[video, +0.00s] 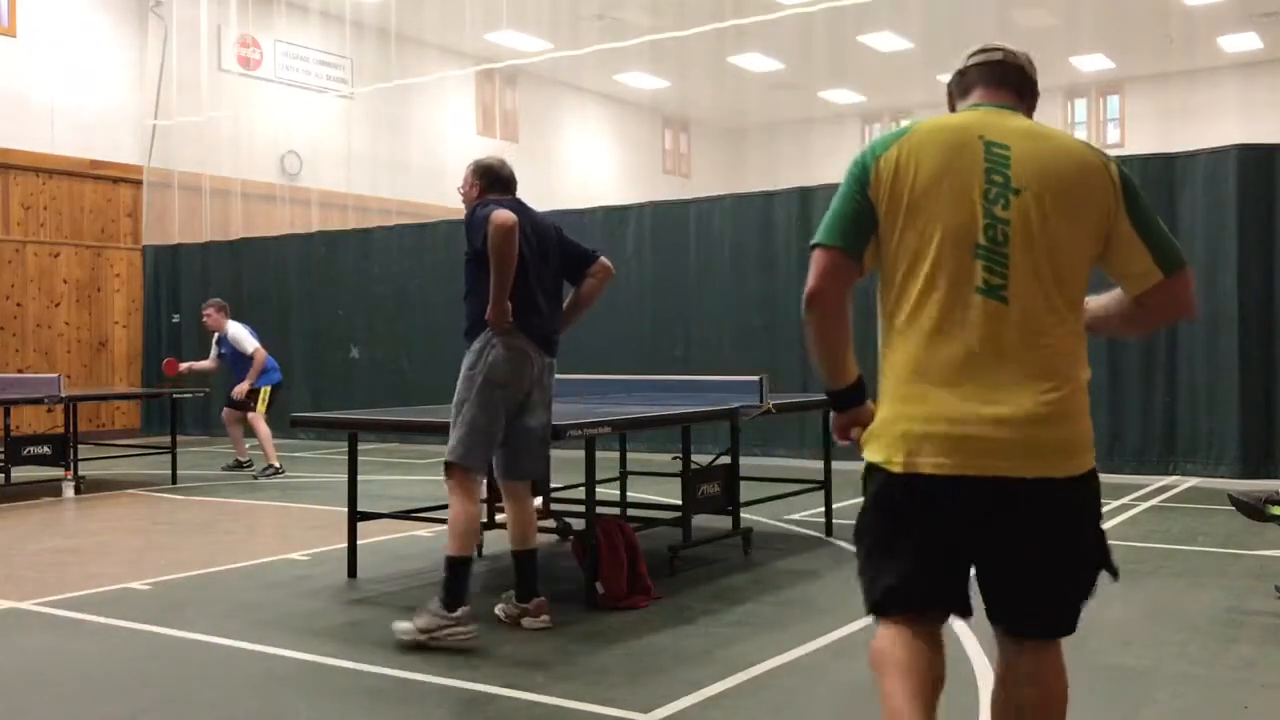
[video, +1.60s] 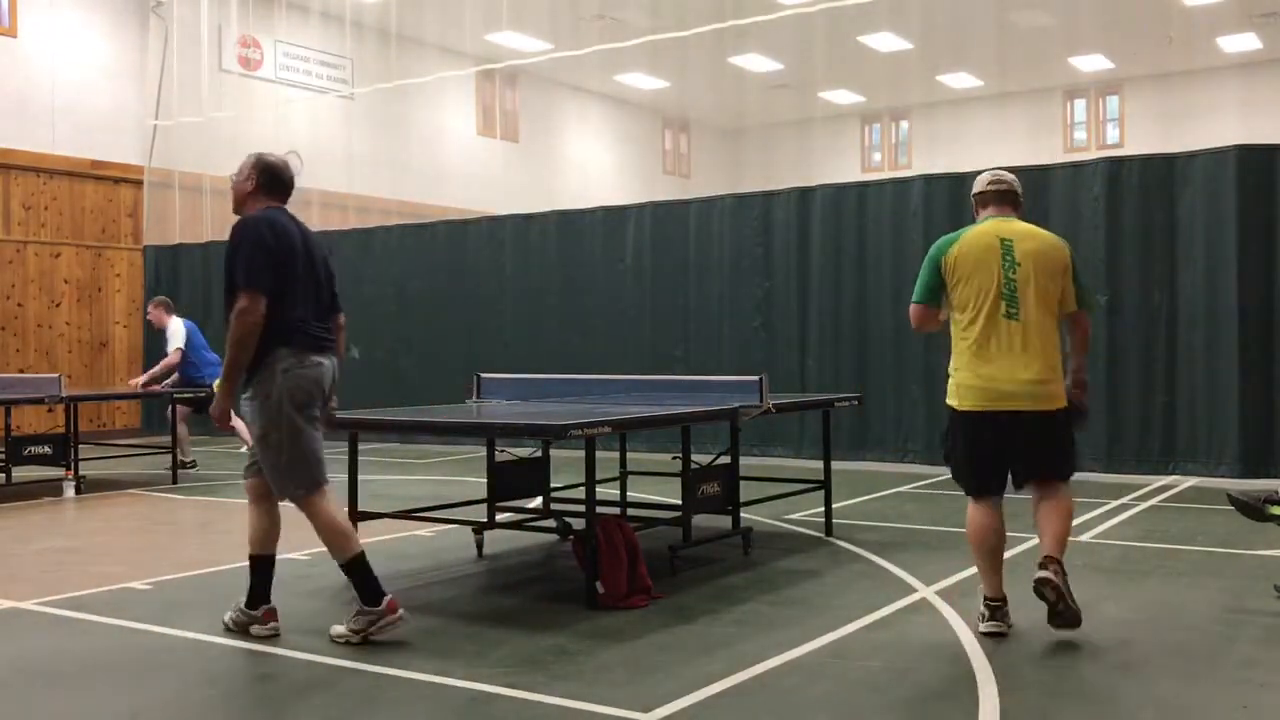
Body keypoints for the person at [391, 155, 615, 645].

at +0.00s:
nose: (460, 193)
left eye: (463, 185)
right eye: (462, 185)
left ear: (476, 185)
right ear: (510, 188)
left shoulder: (482, 209)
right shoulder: (541, 225)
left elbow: (505, 223)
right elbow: (600, 268)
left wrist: (498, 305)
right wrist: (560, 322)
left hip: (497, 349)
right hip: (539, 356)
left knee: (462, 474)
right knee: (517, 481)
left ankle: (451, 609)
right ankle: (529, 600)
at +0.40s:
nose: (416, 196)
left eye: (418, 190)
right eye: (418, 190)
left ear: (429, 188)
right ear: (468, 191)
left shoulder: (431, 213)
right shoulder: (499, 226)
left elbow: (439, 234)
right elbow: (560, 266)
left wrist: (439, 313)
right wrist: (520, 318)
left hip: (450, 355)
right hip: (499, 361)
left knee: (416, 483)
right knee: (496, 484)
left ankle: (391, 612)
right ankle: (527, 599)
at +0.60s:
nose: (381, 198)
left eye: (382, 191)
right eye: (383, 191)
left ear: (391, 192)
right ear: (429, 190)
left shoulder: (391, 220)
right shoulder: (462, 226)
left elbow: (389, 251)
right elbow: (523, 270)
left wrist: (386, 330)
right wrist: (488, 330)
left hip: (409, 367)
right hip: (462, 369)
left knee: (378, 489)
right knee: (471, 486)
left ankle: (387, 614)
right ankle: (523, 595)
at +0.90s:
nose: (336, 191)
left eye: (337, 184)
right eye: (338, 185)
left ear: (345, 185)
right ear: (384, 184)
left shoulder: (346, 222)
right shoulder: (417, 224)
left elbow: (344, 294)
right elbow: (470, 289)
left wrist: (306, 371)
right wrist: (476, 357)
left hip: (369, 366)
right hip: (418, 367)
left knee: (366, 490)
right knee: (404, 483)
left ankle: (387, 615)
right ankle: (445, 591)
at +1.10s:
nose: (309, 190)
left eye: (309, 182)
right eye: (312, 182)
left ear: (317, 182)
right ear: (356, 182)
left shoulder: (327, 226)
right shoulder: (391, 225)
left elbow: (321, 307)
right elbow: (437, 296)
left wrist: (287, 374)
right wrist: (455, 366)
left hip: (356, 364)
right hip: (397, 362)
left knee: (366, 488)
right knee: (347, 478)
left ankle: (387, 614)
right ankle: (357, 593)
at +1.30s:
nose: (279, 193)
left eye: (280, 185)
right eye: (281, 185)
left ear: (290, 185)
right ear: (328, 185)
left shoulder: (304, 231)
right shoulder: (362, 230)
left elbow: (296, 314)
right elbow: (402, 305)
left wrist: (268, 370)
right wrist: (413, 376)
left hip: (333, 366)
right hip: (375, 364)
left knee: (353, 493)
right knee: (312, 483)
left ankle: (387, 614)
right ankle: (270, 600)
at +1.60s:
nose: (232, 183)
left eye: (237, 175)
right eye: (236, 175)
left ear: (251, 180)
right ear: (280, 188)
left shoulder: (252, 227)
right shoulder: (306, 235)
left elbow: (250, 311)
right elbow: (335, 318)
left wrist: (225, 389)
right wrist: (329, 386)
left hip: (284, 367)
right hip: (318, 365)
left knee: (311, 492)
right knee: (259, 485)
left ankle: (375, 602)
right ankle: (257, 607)